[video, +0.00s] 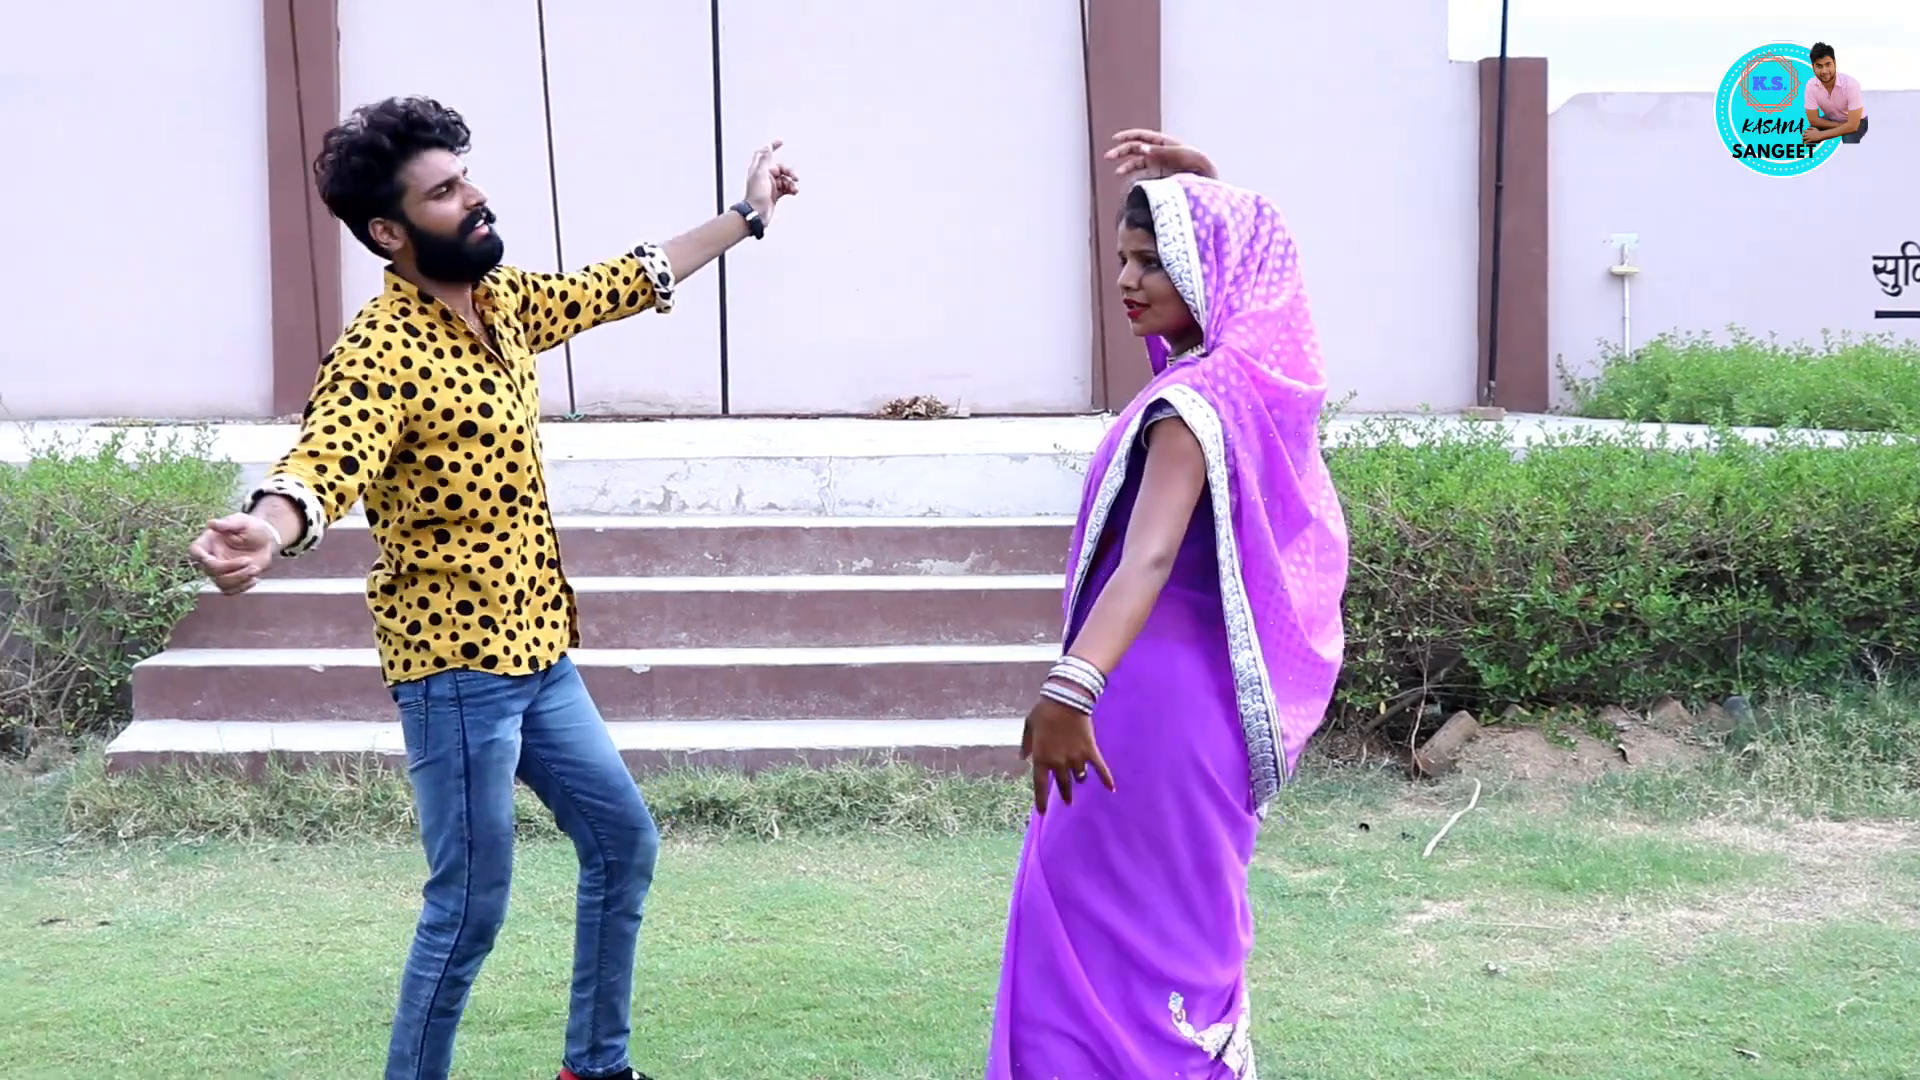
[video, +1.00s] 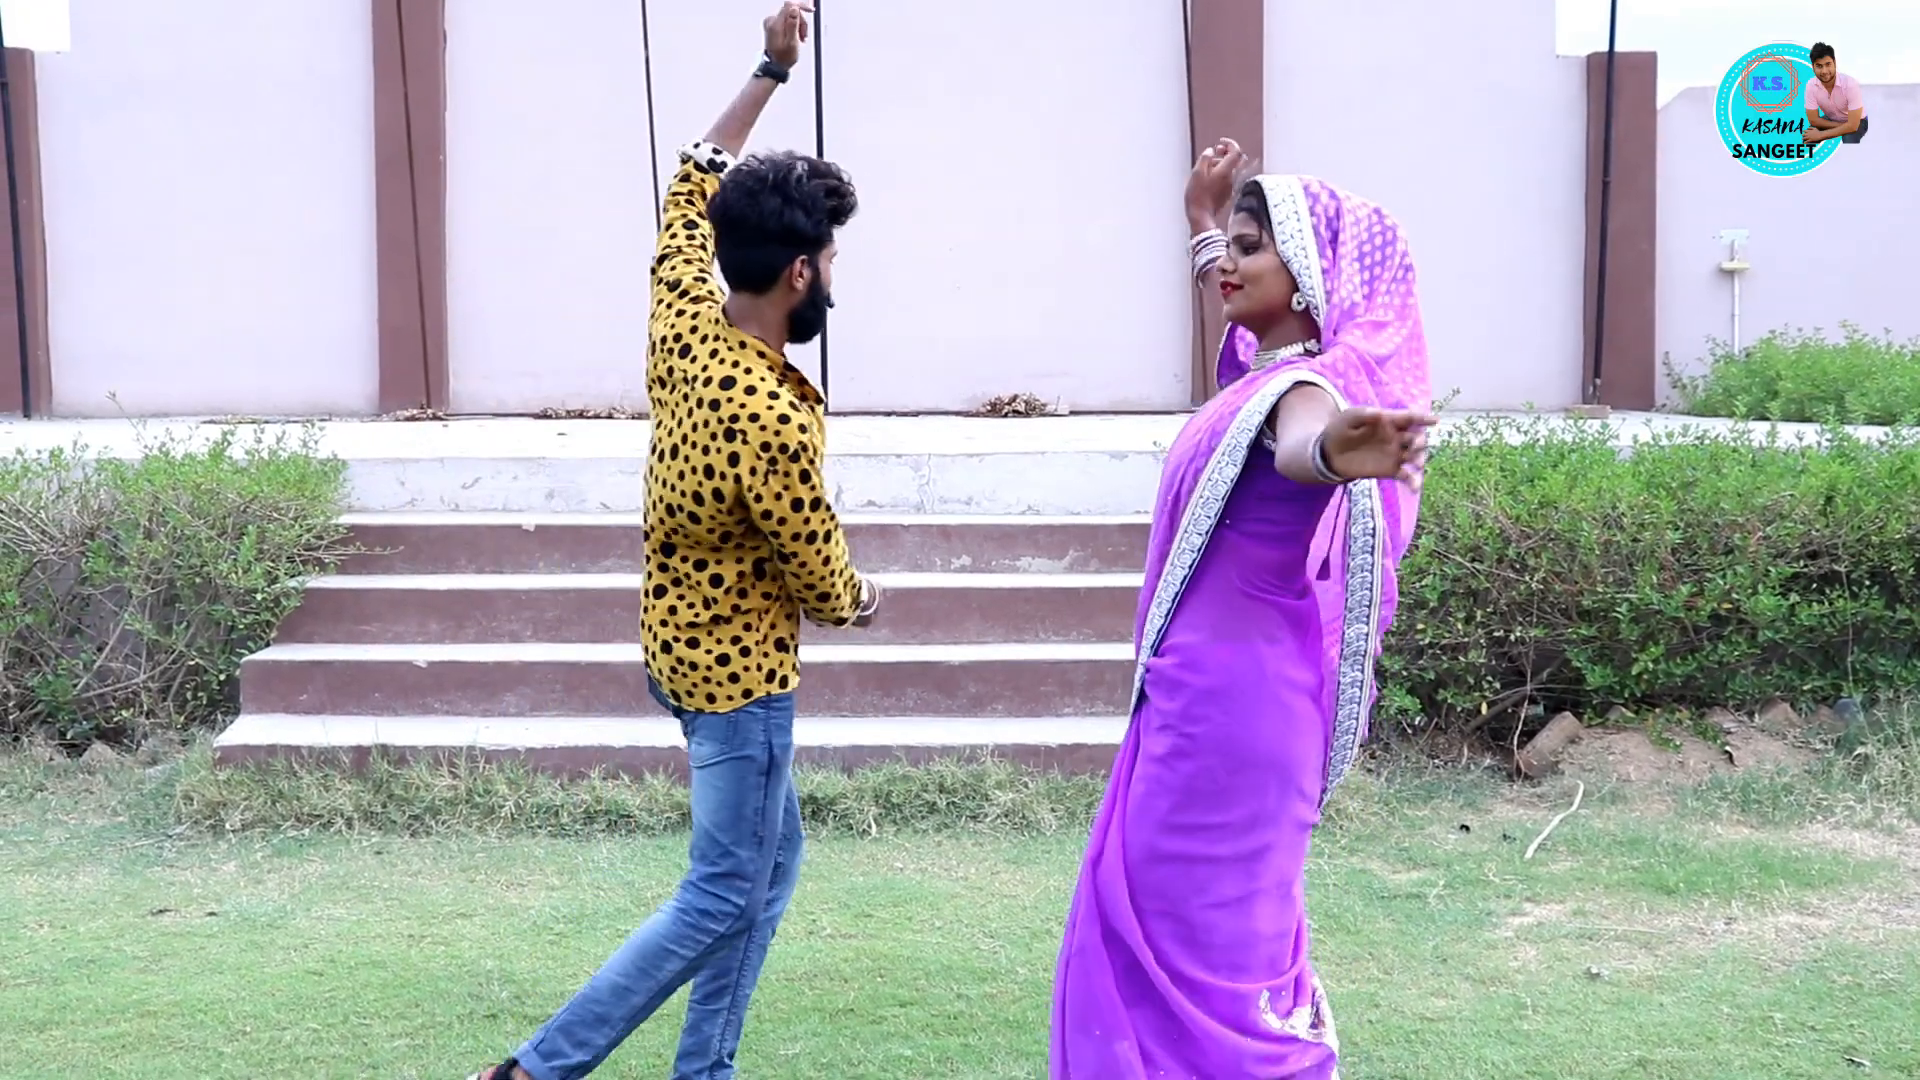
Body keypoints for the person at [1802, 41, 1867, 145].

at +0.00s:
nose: (1824, 71)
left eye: (1828, 65)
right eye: (1819, 66)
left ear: (1835, 63)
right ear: (1813, 67)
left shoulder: (1851, 85)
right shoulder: (1812, 86)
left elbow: (1852, 126)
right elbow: (1813, 120)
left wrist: (1820, 135)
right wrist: (1843, 126)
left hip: (1855, 122)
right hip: (1829, 121)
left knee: (1849, 140)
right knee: (1810, 136)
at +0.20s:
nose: (1824, 71)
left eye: (1828, 65)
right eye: (1819, 66)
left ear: (1835, 63)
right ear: (1813, 67)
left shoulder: (1850, 85)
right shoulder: (1812, 86)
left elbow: (1853, 126)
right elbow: (1813, 120)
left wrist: (1820, 135)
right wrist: (1843, 126)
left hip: (1855, 122)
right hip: (1830, 121)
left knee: (1848, 140)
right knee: (1810, 136)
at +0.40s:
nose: (1824, 71)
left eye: (1828, 65)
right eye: (1819, 66)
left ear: (1835, 63)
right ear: (1813, 67)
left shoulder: (1850, 85)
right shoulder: (1812, 86)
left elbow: (1853, 126)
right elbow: (1813, 120)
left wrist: (1820, 135)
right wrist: (1843, 126)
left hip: (1855, 122)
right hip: (1830, 121)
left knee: (1848, 140)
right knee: (1810, 136)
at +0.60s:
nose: (1824, 71)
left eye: (1828, 65)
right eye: (1819, 66)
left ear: (1835, 63)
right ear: (1813, 67)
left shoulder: (1850, 85)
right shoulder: (1812, 86)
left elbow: (1853, 126)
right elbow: (1813, 120)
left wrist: (1820, 135)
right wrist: (1843, 126)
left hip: (1855, 122)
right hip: (1830, 121)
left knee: (1848, 140)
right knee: (1810, 136)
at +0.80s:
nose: (1824, 71)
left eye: (1828, 65)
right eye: (1819, 66)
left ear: (1835, 63)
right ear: (1813, 67)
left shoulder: (1850, 85)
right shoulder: (1812, 86)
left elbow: (1853, 126)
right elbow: (1813, 120)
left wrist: (1820, 135)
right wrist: (1843, 126)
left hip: (1855, 122)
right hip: (1830, 121)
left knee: (1848, 140)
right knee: (1810, 136)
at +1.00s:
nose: (1824, 71)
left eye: (1828, 65)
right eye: (1819, 66)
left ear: (1835, 63)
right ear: (1813, 67)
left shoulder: (1850, 85)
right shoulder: (1812, 86)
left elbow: (1853, 126)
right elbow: (1813, 120)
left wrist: (1820, 135)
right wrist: (1843, 126)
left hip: (1855, 122)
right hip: (1830, 121)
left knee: (1848, 140)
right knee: (1810, 136)